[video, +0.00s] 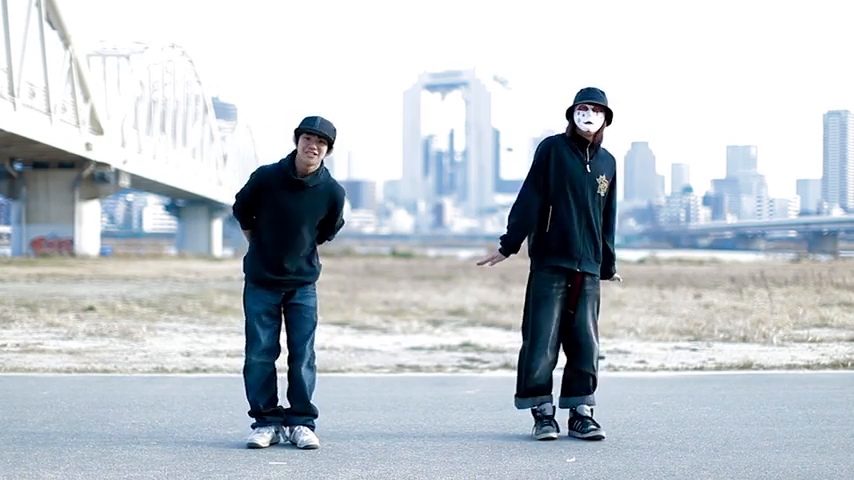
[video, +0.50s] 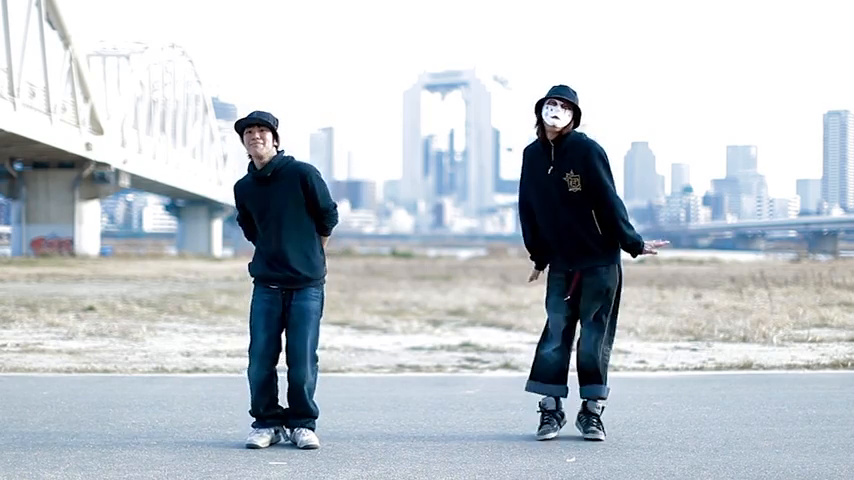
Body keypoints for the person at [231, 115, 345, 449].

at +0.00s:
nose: (312, 147)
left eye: (320, 143)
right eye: (308, 140)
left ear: (327, 150)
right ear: (297, 141)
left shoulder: (332, 192)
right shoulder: (265, 177)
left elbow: (328, 230)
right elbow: (241, 209)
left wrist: (300, 245)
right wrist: (260, 241)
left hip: (303, 281)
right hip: (261, 280)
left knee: (303, 353)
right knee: (260, 352)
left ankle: (301, 423)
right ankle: (266, 423)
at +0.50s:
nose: (256, 139)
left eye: (261, 133)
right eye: (249, 135)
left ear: (274, 137)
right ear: (244, 143)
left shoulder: (303, 173)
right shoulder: (243, 187)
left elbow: (328, 216)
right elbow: (250, 230)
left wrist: (314, 245)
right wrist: (277, 246)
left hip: (306, 282)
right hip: (266, 283)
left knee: (301, 356)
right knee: (259, 356)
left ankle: (302, 425)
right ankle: (266, 424)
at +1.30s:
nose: (287, 134)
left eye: (293, 129)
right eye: (281, 129)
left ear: (303, 134)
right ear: (272, 134)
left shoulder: (320, 171)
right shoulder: (255, 170)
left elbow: (336, 210)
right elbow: (236, 212)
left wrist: (327, 219)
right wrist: (232, 252)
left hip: (305, 280)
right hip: (263, 277)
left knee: (309, 355)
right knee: (253, 333)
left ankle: (302, 424)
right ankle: (266, 388)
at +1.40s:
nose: (281, 126)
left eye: (288, 122)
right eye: (276, 121)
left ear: (298, 129)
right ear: (266, 126)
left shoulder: (313, 166)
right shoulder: (250, 162)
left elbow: (327, 216)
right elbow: (234, 199)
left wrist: (325, 260)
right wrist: (233, 218)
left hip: (303, 271)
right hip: (261, 266)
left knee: (309, 349)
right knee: (250, 313)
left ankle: (301, 422)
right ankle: (273, 356)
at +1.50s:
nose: (276, 125)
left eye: (283, 120)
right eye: (271, 119)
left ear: (294, 127)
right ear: (262, 124)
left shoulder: (310, 168)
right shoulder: (250, 165)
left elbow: (320, 218)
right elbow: (242, 217)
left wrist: (328, 259)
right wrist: (235, 204)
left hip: (303, 273)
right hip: (260, 272)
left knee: (303, 352)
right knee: (251, 346)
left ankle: (303, 422)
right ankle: (269, 388)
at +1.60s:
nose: (271, 141)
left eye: (278, 136)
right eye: (266, 134)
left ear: (290, 141)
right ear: (258, 138)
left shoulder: (307, 178)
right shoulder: (246, 181)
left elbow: (332, 216)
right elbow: (233, 230)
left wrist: (324, 258)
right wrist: (232, 190)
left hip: (298, 285)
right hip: (257, 287)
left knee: (301, 358)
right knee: (256, 360)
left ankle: (302, 424)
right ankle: (260, 425)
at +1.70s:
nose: (271, 134)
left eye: (278, 130)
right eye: (266, 128)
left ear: (289, 136)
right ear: (257, 133)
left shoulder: (306, 170)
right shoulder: (240, 172)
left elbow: (336, 201)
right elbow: (221, 219)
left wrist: (330, 236)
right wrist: (219, 188)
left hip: (298, 275)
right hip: (256, 280)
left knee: (308, 330)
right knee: (255, 355)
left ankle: (298, 385)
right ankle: (261, 423)